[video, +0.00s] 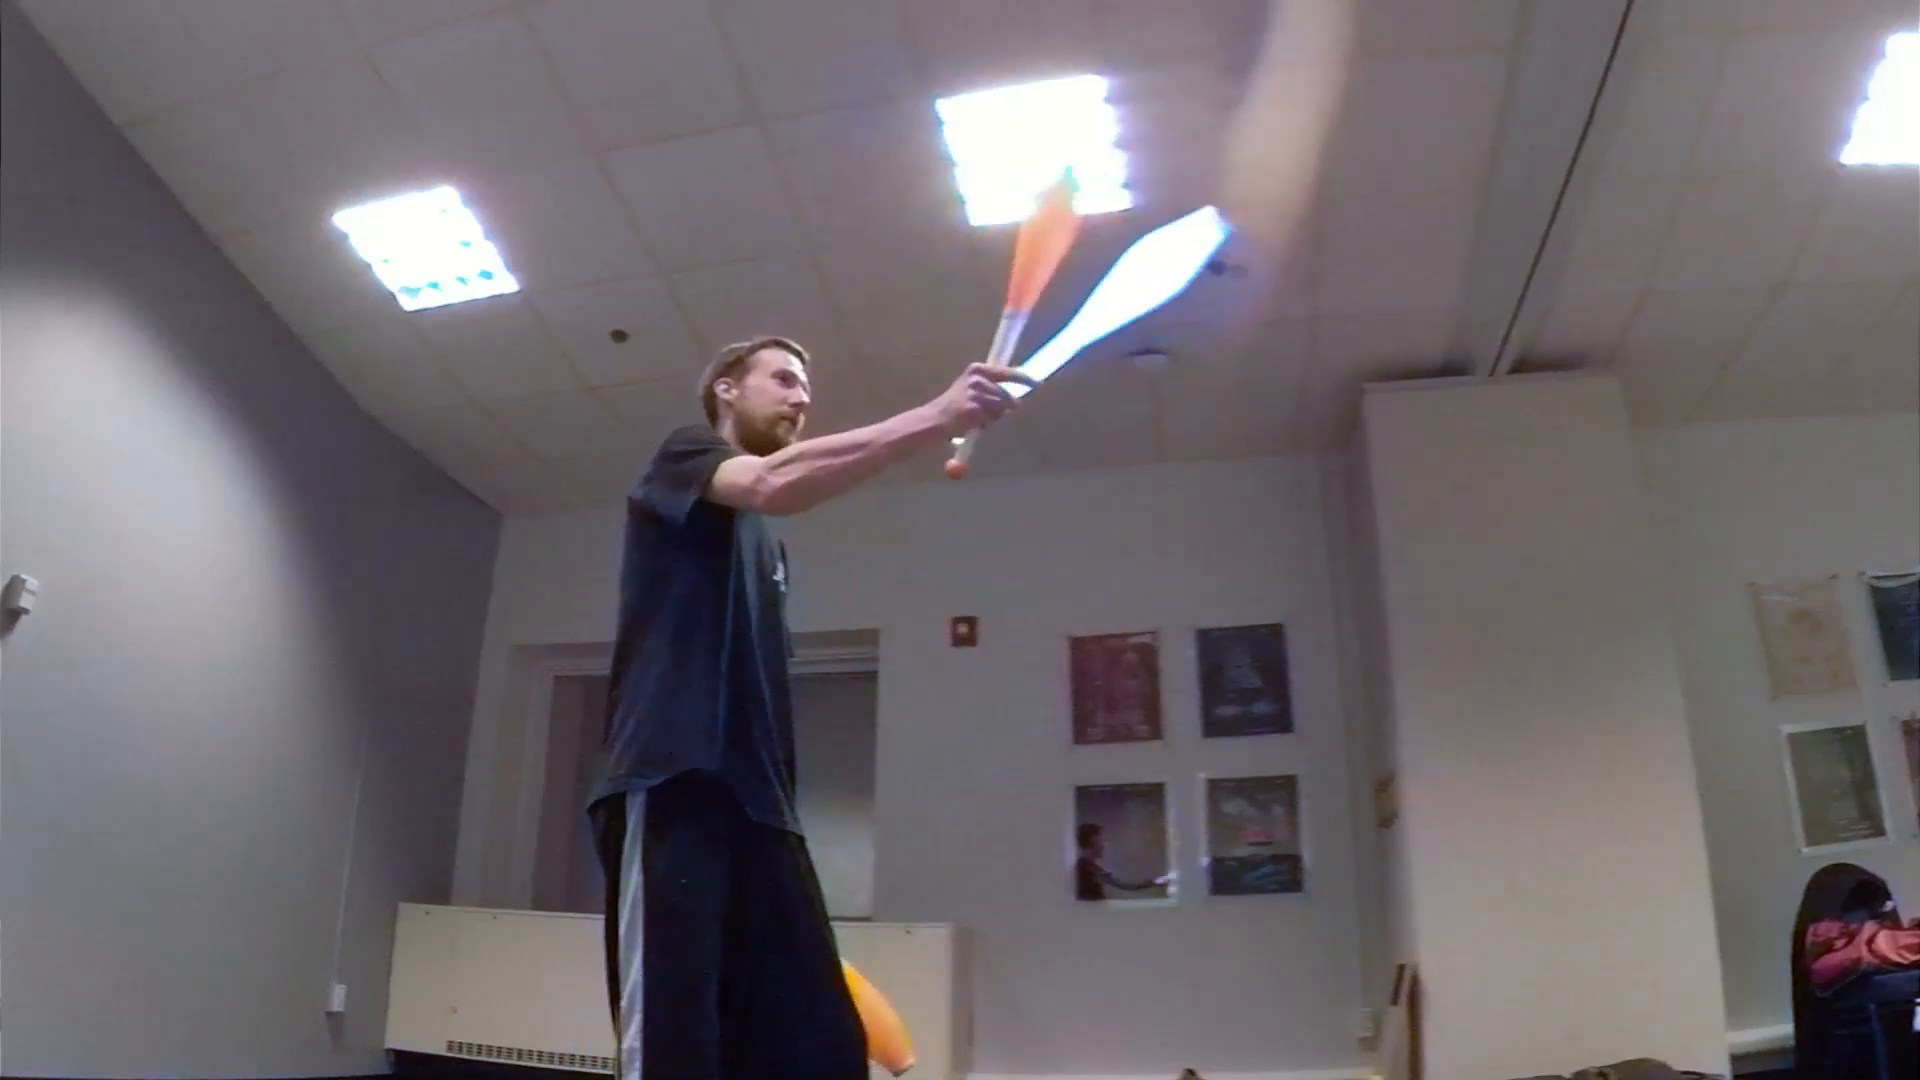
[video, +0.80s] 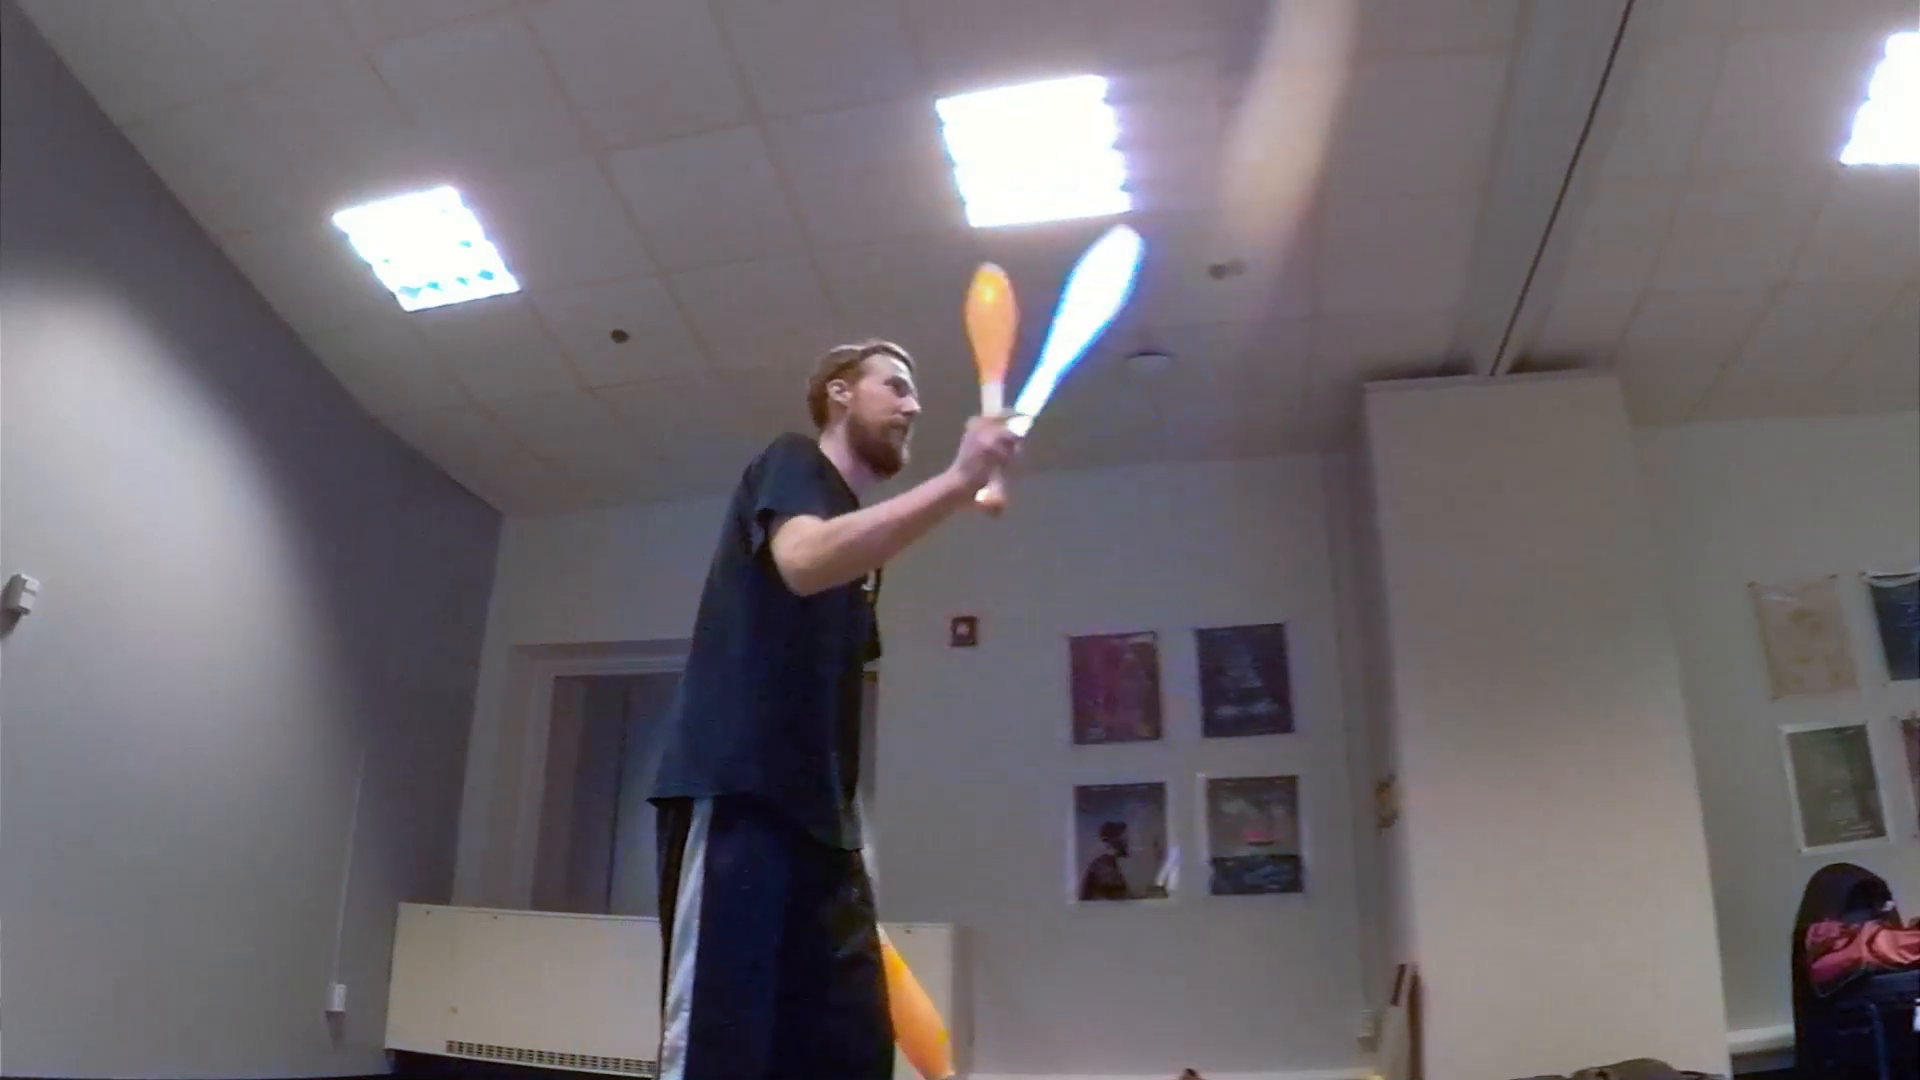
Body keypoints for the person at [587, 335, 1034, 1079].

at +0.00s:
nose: (801, 397)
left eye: (805, 388)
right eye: (782, 378)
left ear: (799, 411)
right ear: (724, 388)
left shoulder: (763, 534)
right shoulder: (684, 454)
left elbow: (751, 666)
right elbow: (770, 484)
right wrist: (934, 415)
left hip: (755, 798)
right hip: (674, 786)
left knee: (813, 1029)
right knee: (671, 1026)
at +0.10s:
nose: (805, 395)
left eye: (808, 386)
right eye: (786, 376)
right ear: (728, 385)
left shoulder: (763, 515)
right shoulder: (685, 451)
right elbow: (757, 502)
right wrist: (930, 447)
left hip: (756, 793)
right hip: (675, 784)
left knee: (813, 1030)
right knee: (678, 1024)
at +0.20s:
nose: (812, 392)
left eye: (814, 384)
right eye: (792, 373)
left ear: (808, 409)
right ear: (733, 385)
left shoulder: (753, 522)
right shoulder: (689, 456)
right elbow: (723, 550)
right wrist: (897, 533)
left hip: (759, 802)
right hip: (682, 794)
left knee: (820, 1037)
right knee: (685, 1037)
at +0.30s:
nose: (821, 392)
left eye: (823, 382)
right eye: (802, 372)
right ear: (743, 384)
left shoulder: (770, 526)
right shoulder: (703, 462)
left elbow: (744, 645)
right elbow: (688, 597)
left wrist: (829, 670)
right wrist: (847, 629)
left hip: (761, 807)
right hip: (683, 801)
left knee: (830, 1037)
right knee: (685, 1040)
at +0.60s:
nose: (873, 393)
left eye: (874, 382)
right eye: (854, 373)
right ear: (797, 383)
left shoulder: (821, 532)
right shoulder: (750, 465)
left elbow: (776, 660)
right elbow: (701, 612)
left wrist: (842, 678)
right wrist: (852, 649)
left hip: (778, 804)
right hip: (699, 798)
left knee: (841, 1031)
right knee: (694, 1036)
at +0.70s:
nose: (893, 397)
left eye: (894, 387)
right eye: (874, 378)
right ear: (816, 390)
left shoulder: (838, 538)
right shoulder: (772, 466)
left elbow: (803, 701)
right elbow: (745, 597)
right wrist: (911, 576)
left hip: (798, 818)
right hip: (722, 809)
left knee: (839, 1040)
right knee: (703, 1043)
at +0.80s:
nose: (913, 403)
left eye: (914, 393)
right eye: (895, 384)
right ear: (838, 395)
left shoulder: (854, 530)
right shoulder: (791, 460)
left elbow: (845, 697)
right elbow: (803, 561)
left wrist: (847, 838)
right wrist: (958, 480)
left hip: (817, 810)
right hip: (740, 800)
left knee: (847, 1042)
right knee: (721, 1037)